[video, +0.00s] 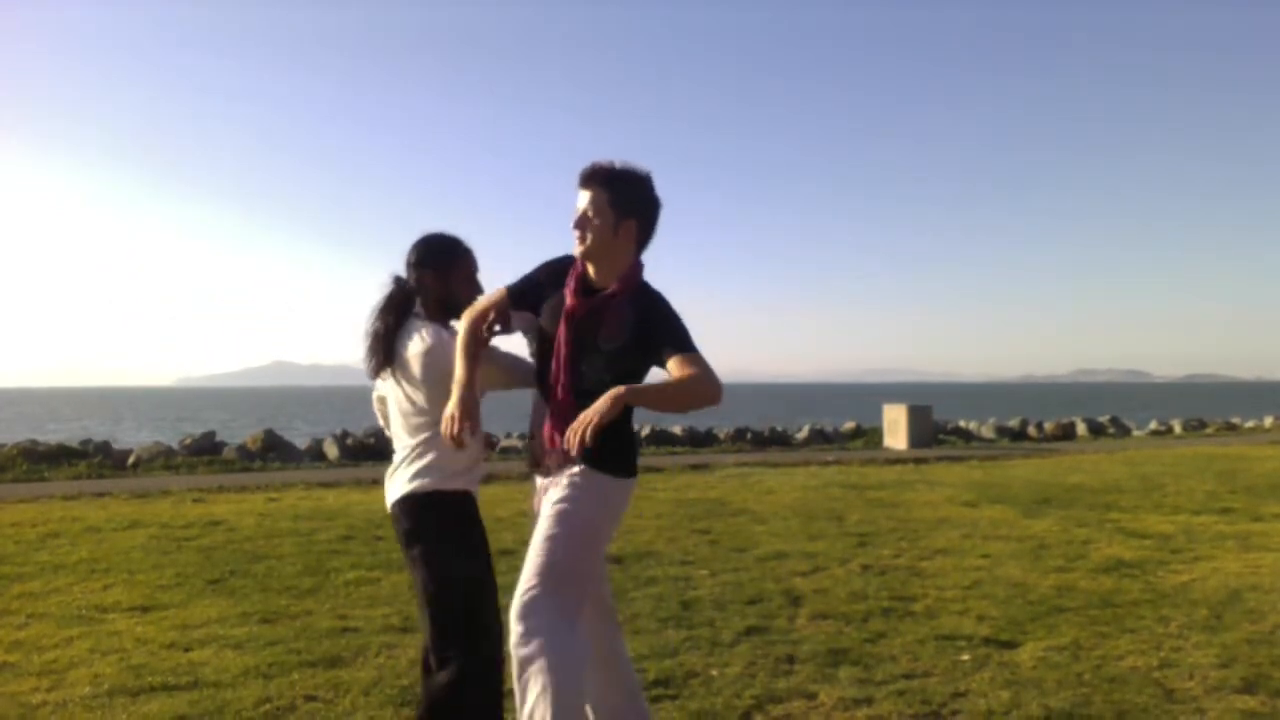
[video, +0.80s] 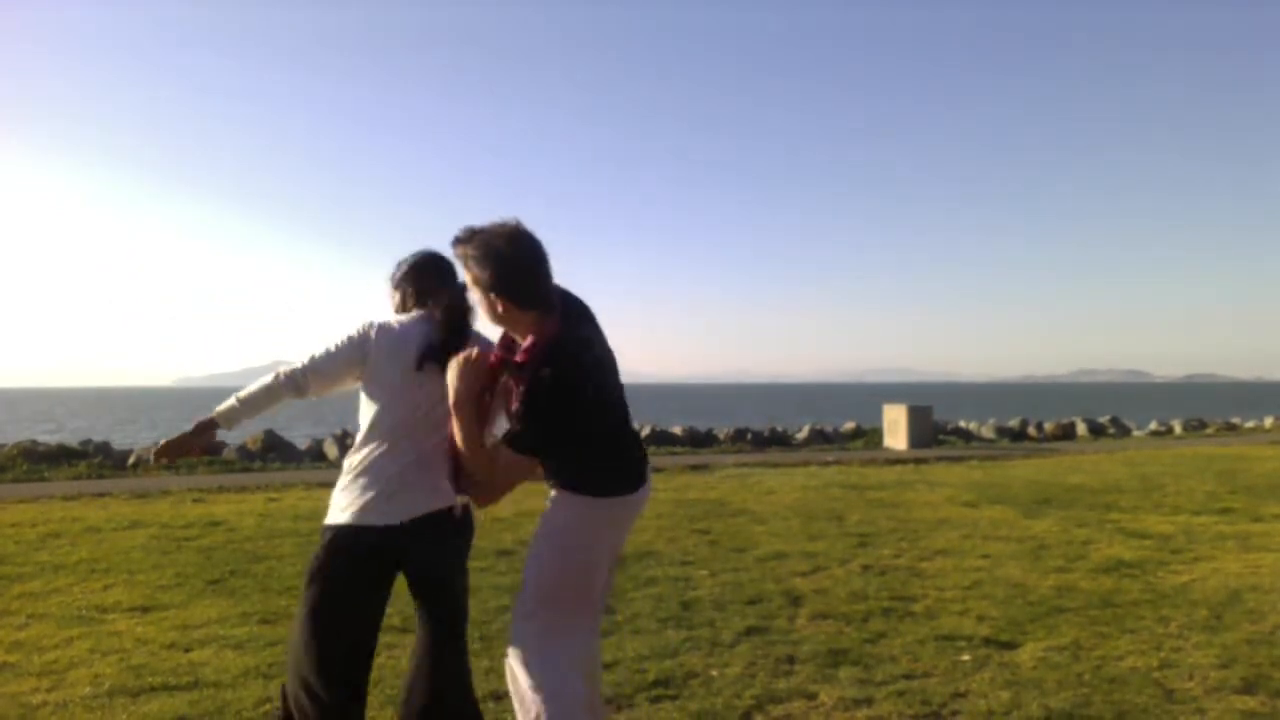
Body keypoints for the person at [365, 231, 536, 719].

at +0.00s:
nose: (477, 286)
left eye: (475, 276)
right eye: (468, 276)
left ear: (423, 281)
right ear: (433, 279)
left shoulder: (397, 340)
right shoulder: (442, 342)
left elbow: (384, 409)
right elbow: (526, 373)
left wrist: (462, 436)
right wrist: (531, 325)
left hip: (410, 497)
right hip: (441, 499)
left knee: (450, 639)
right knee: (471, 641)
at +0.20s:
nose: (487, 300)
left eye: (488, 289)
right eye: (483, 287)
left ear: (434, 280)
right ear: (453, 281)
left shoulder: (387, 332)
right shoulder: (450, 346)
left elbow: (356, 393)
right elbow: (517, 385)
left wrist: (389, 437)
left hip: (377, 499)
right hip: (424, 499)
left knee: (424, 640)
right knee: (448, 639)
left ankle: (419, 709)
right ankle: (449, 712)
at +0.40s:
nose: (494, 303)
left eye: (495, 292)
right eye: (492, 291)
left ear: (439, 283)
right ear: (472, 291)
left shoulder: (378, 331)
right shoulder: (476, 361)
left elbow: (320, 381)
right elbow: (508, 435)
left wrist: (316, 413)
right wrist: (492, 456)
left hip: (358, 511)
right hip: (425, 507)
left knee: (381, 616)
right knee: (457, 641)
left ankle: (369, 710)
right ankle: (444, 715)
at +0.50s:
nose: (501, 304)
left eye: (502, 294)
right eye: (497, 293)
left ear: (438, 288)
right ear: (478, 296)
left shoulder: (381, 331)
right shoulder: (478, 362)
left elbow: (314, 375)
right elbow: (523, 424)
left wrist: (280, 412)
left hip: (355, 517)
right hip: (427, 515)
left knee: (357, 644)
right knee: (455, 651)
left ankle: (348, 714)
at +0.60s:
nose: (492, 309)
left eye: (493, 297)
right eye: (489, 297)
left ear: (435, 289)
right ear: (474, 297)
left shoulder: (376, 335)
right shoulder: (483, 358)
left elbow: (298, 376)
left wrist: (246, 416)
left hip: (349, 523)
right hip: (428, 522)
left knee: (334, 667)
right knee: (454, 664)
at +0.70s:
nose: (477, 302)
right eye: (475, 294)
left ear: (422, 289)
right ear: (470, 297)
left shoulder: (378, 337)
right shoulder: (482, 353)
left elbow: (292, 378)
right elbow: (512, 430)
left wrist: (217, 420)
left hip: (352, 525)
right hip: (434, 524)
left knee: (321, 672)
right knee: (452, 652)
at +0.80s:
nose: (392, 303)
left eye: (394, 295)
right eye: (392, 297)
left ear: (405, 293)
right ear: (456, 293)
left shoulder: (381, 336)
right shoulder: (479, 347)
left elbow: (294, 381)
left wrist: (209, 426)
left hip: (364, 515)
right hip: (444, 516)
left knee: (326, 660)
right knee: (445, 643)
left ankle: (318, 710)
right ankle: (442, 715)